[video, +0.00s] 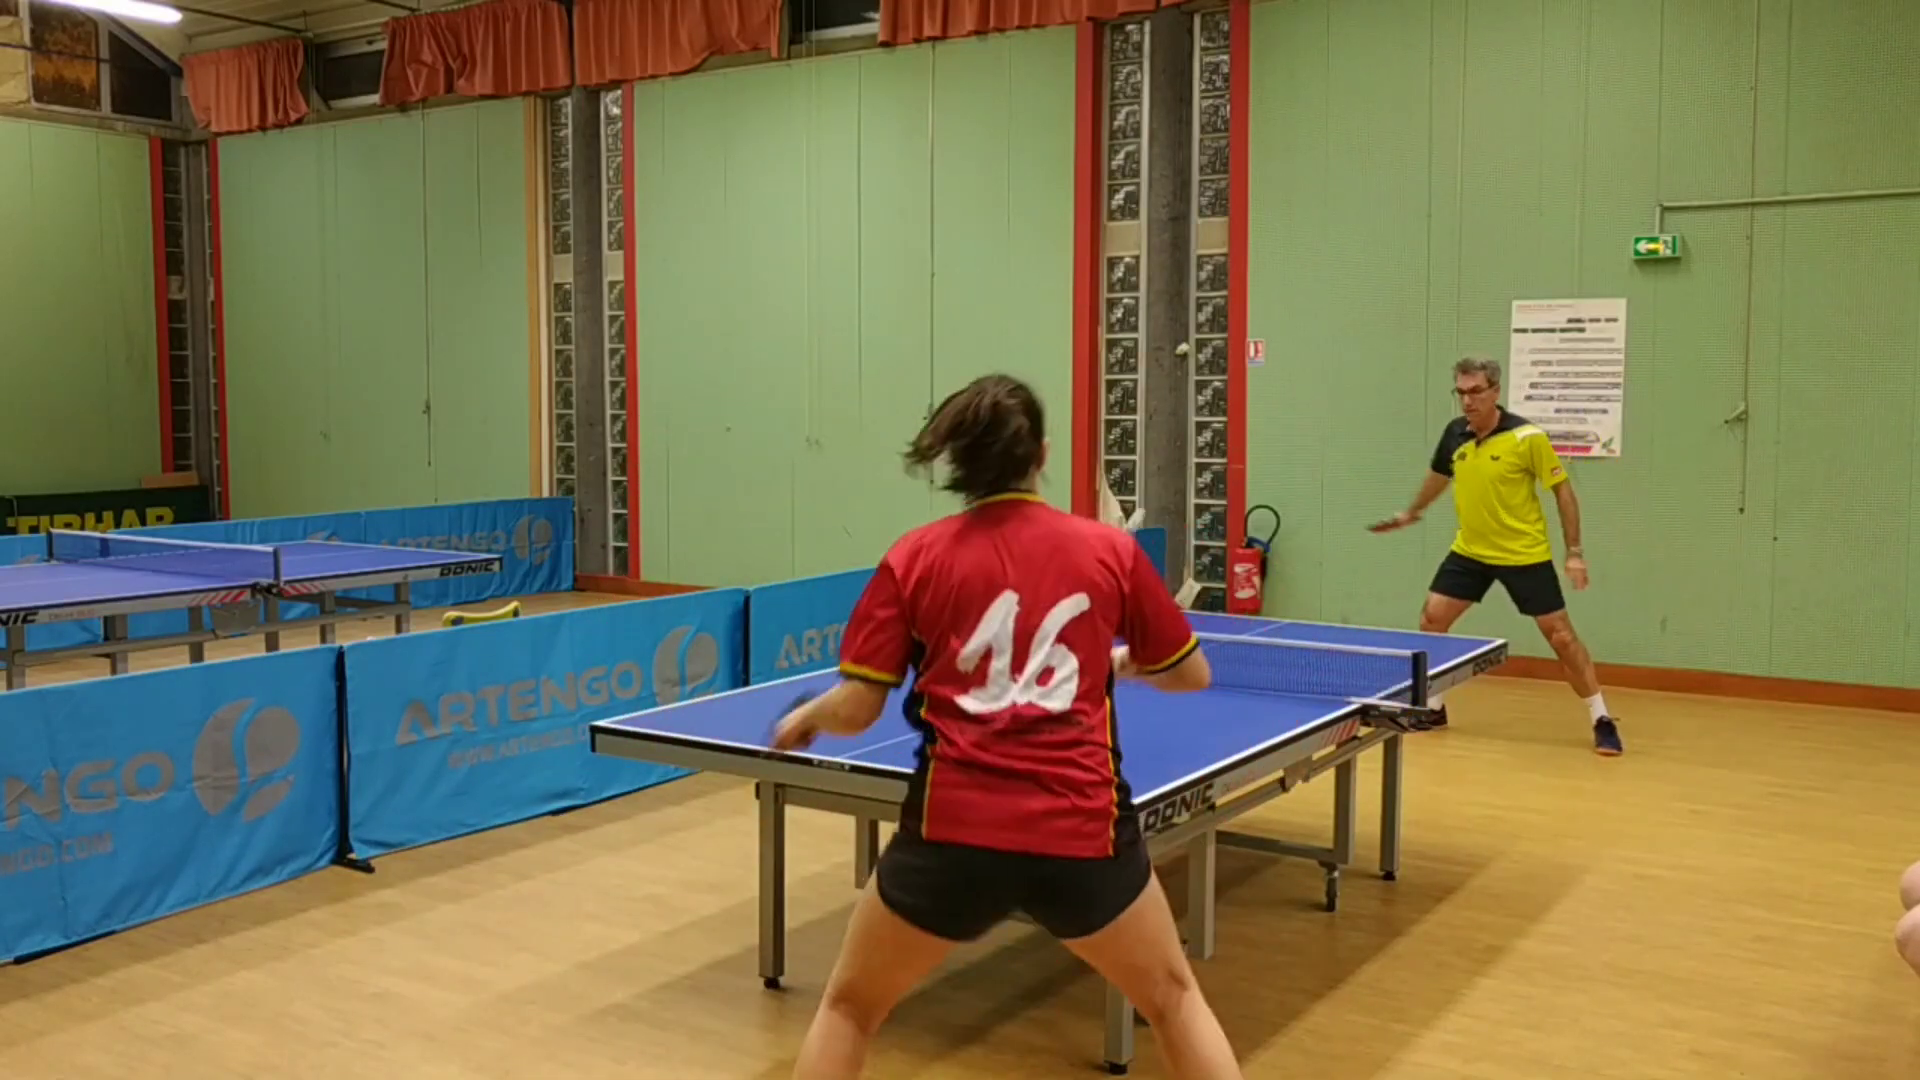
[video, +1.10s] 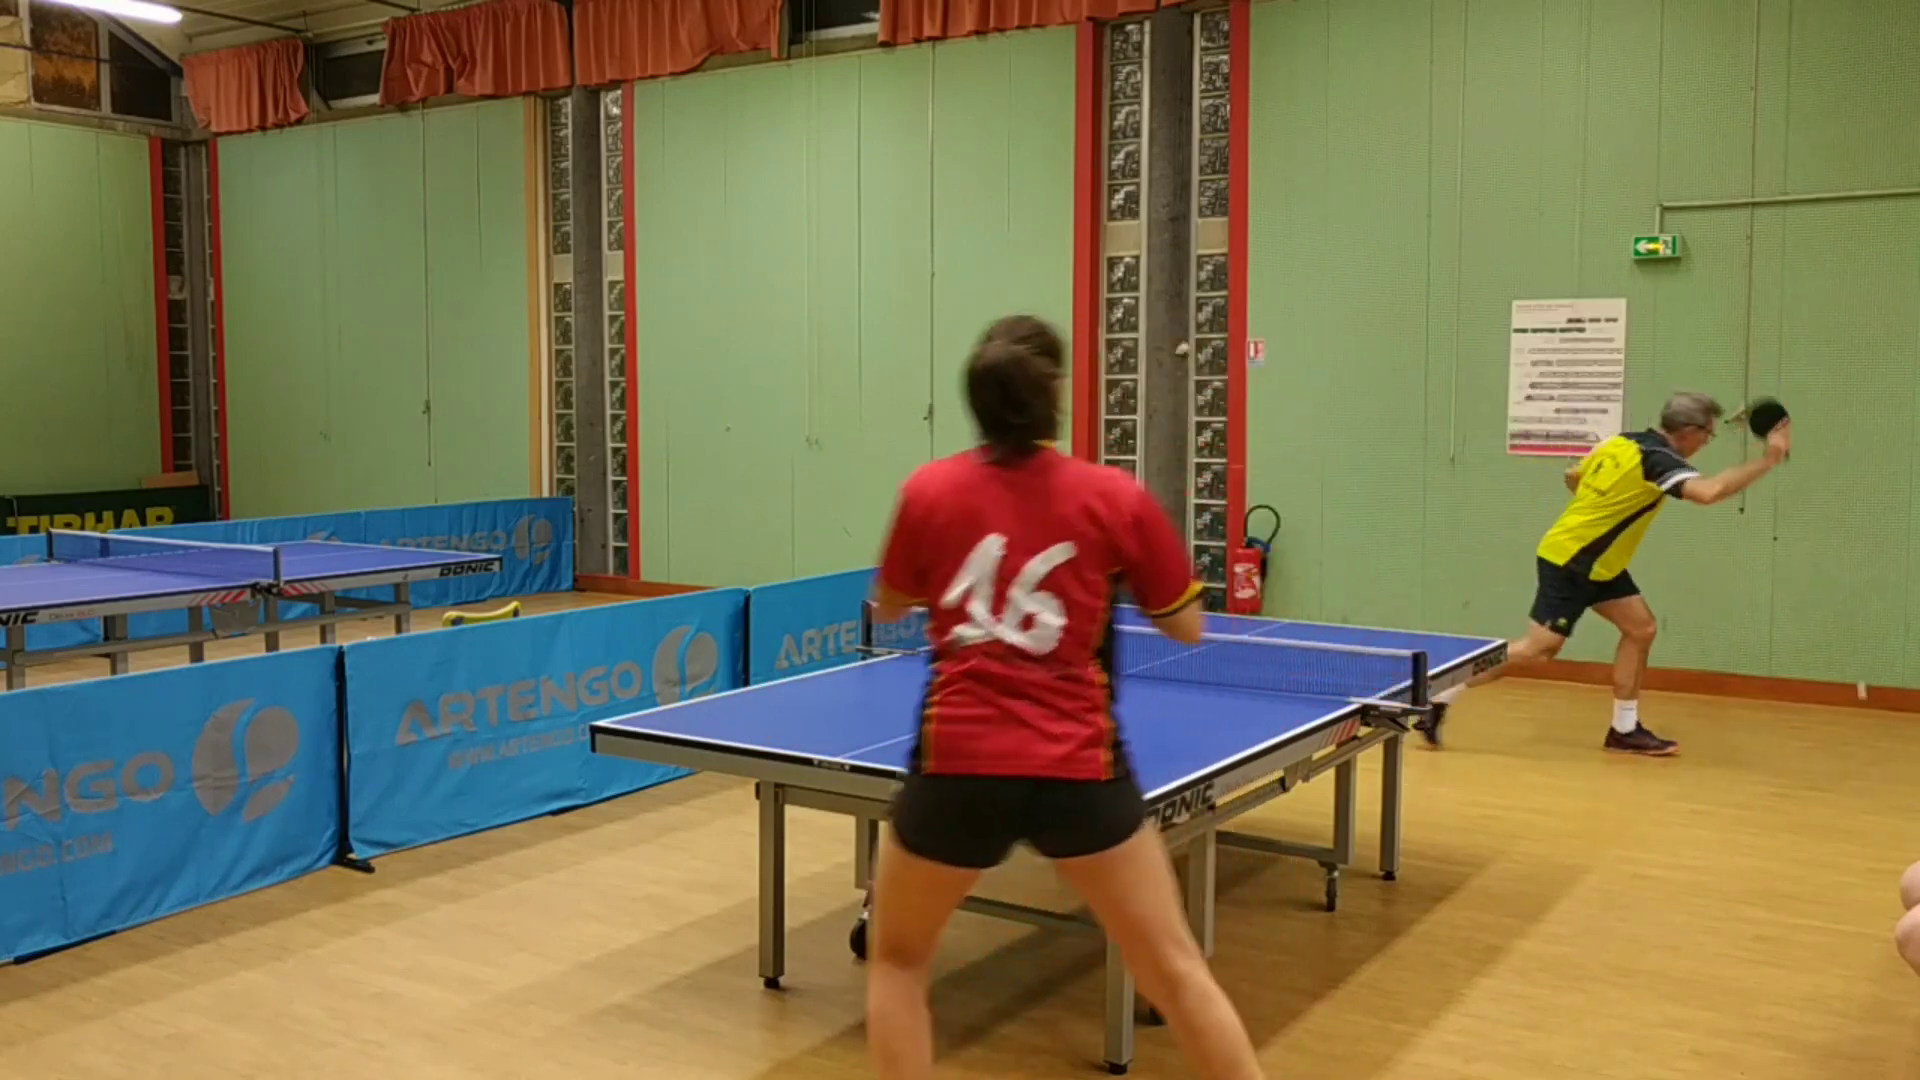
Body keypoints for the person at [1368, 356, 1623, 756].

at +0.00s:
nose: (1467, 401)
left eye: (1474, 393)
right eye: (1461, 394)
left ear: (1496, 392)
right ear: (1457, 395)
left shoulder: (1528, 437)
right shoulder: (1456, 433)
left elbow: (1563, 491)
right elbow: (1437, 477)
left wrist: (1574, 553)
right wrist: (1411, 512)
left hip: (1525, 556)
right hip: (1470, 552)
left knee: (1562, 639)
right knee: (1431, 622)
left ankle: (1601, 718)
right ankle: (1432, 706)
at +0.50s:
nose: (1484, 424)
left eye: (1492, 415)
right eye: (1477, 415)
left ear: (1510, 412)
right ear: (1470, 415)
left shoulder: (1539, 454)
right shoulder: (1459, 452)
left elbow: (1560, 518)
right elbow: (1442, 502)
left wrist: (1545, 566)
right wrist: (1441, 555)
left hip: (1532, 564)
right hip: (1475, 562)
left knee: (1580, 641)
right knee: (1432, 626)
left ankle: (1603, 718)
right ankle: (1411, 707)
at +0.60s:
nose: (1510, 423)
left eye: (1518, 414)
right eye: (1502, 414)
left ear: (1530, 412)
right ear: (1490, 414)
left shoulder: (1554, 446)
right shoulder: (1470, 455)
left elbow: (1564, 502)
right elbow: (1460, 519)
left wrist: (1564, 554)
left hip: (1543, 561)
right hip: (1484, 559)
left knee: (1585, 640)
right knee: (1434, 621)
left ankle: (1612, 726)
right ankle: (1413, 709)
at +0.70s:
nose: (1541, 418)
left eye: (1548, 410)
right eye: (1533, 409)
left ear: (1556, 408)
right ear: (1516, 408)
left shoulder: (1565, 438)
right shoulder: (1505, 454)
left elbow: (1574, 494)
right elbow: (1545, 516)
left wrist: (1593, 542)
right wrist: (1619, 527)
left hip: (1557, 555)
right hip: (1504, 554)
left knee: (1590, 637)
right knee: (1453, 627)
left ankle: (1612, 726)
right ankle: (1415, 708)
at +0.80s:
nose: (1585, 416)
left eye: (1588, 409)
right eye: (1576, 409)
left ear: (1588, 410)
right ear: (1553, 410)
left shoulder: (1571, 446)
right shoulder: (1549, 449)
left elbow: (1582, 490)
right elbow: (1630, 472)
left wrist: (1617, 514)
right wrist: (1703, 472)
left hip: (1569, 561)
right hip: (1522, 562)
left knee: (1606, 631)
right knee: (1487, 643)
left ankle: (1615, 728)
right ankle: (1418, 700)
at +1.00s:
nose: (1680, 439)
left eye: (1681, 433)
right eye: (1678, 432)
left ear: (1646, 426)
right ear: (1658, 431)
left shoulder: (1603, 441)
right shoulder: (1634, 461)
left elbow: (1561, 458)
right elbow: (1699, 464)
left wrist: (1601, 480)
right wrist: (1760, 422)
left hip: (1590, 570)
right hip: (1554, 567)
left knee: (1636, 628)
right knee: (1503, 649)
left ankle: (1624, 729)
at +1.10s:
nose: (1705, 441)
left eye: (1706, 435)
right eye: (1705, 434)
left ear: (1670, 422)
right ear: (1688, 432)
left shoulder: (1624, 441)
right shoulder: (1660, 457)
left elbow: (1574, 477)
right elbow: (1706, 491)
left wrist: (1601, 515)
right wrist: (1770, 460)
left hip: (1596, 563)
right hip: (1569, 561)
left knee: (1640, 628)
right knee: (1537, 648)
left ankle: (1625, 730)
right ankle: (1437, 694)